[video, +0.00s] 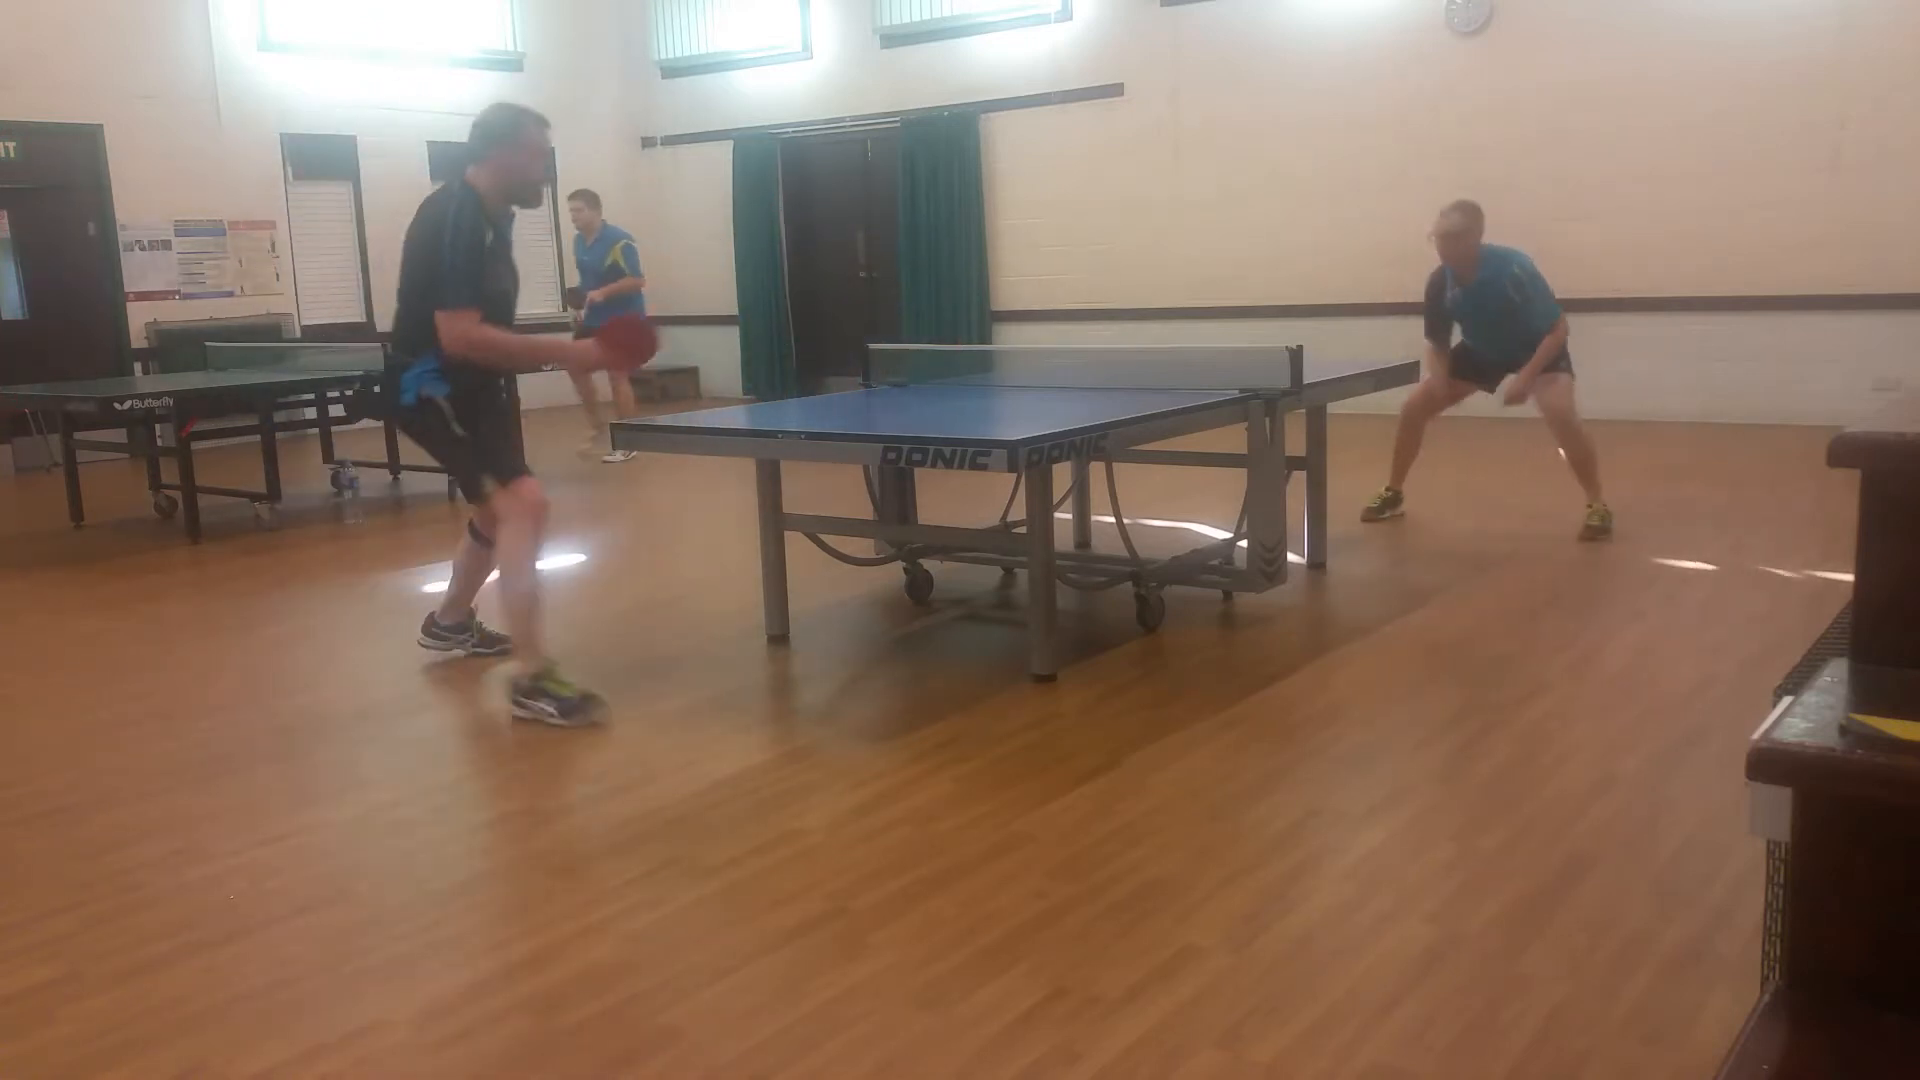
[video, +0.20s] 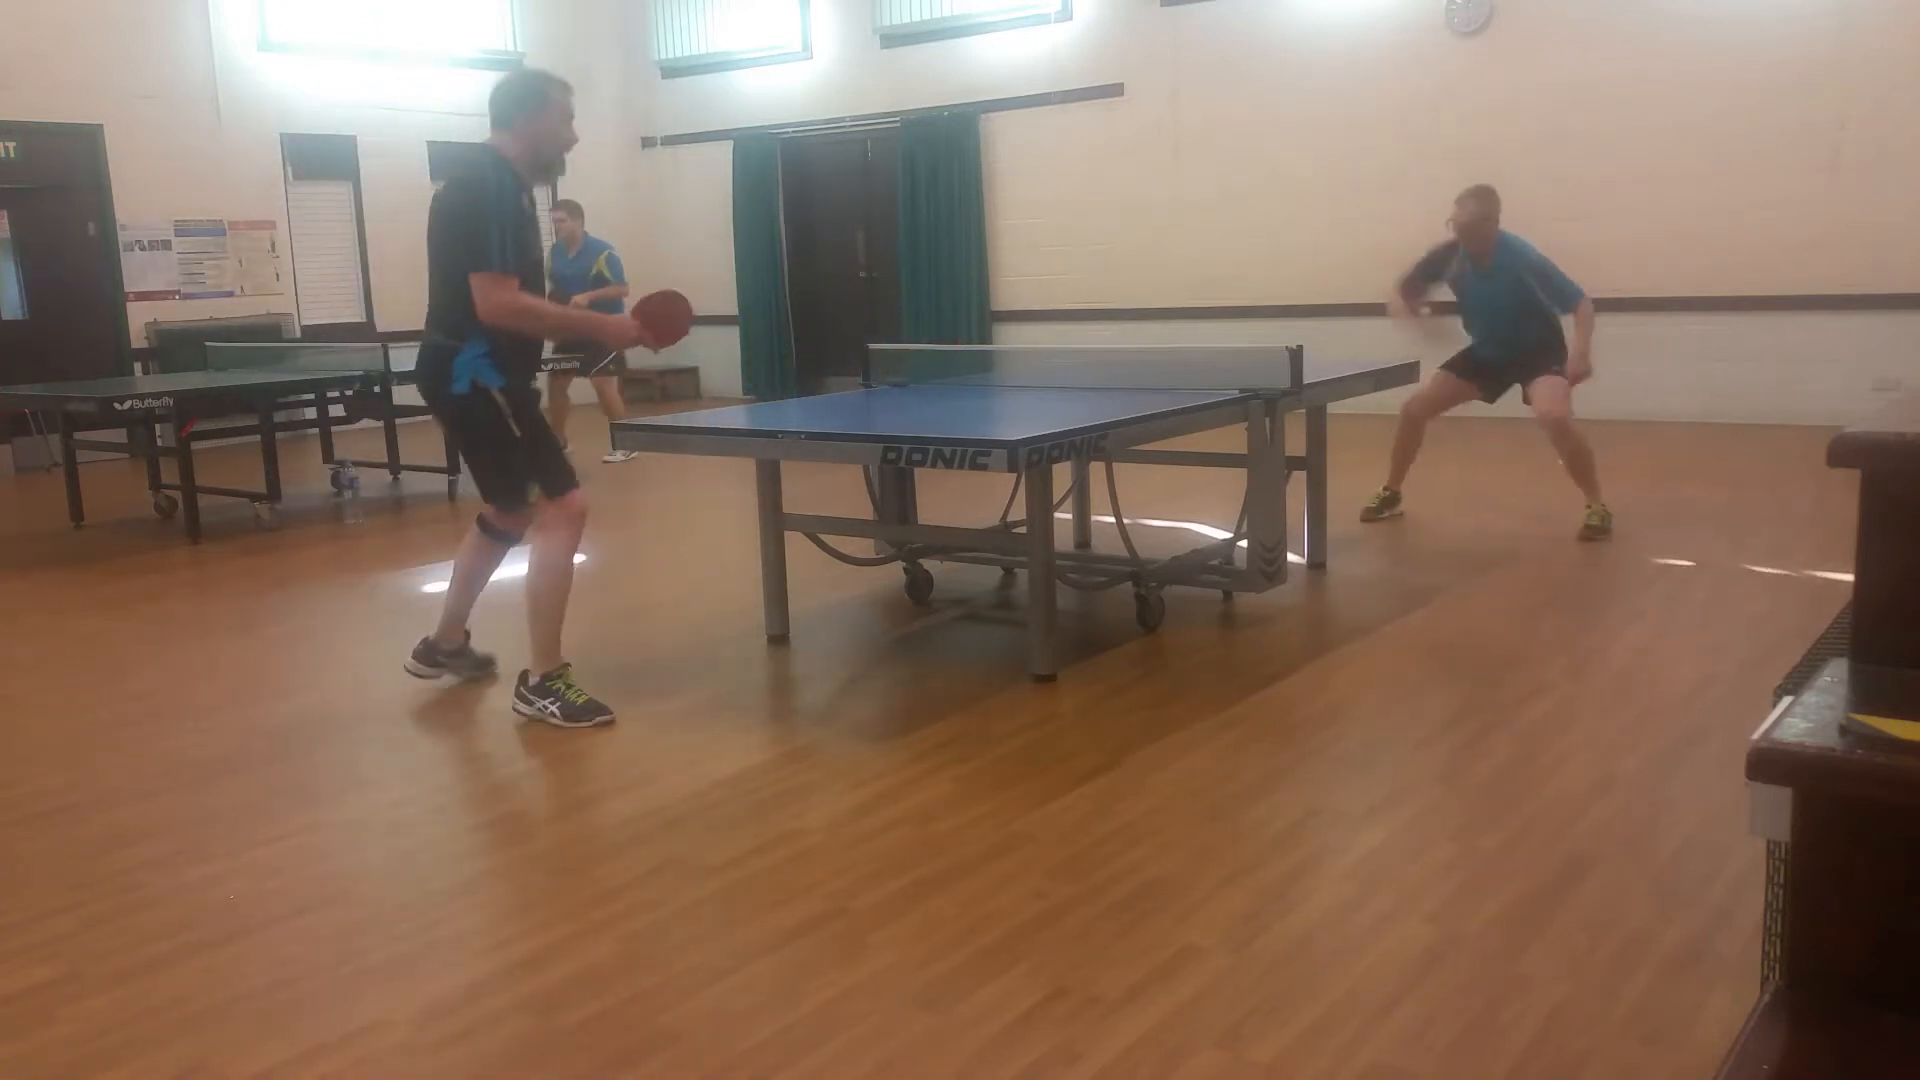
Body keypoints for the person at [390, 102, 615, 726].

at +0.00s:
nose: (548, 170)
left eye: (548, 157)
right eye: (541, 156)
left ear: (502, 157)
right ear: (499, 155)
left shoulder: (492, 218)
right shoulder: (455, 214)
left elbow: (490, 328)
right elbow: (458, 335)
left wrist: (567, 349)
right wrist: (570, 353)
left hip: (476, 378)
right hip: (429, 385)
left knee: (498, 513)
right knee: (522, 501)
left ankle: (450, 621)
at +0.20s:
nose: (574, 136)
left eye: (572, 122)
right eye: (565, 121)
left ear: (522, 125)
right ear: (523, 123)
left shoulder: (509, 188)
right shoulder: (485, 186)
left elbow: (521, 300)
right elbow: (495, 305)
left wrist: (600, 313)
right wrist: (603, 327)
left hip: (485, 370)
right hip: (473, 375)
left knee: (508, 511)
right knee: (563, 509)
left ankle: (444, 642)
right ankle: (543, 679)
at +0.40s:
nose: (592, 132)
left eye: (592, 117)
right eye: (585, 115)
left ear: (539, 112)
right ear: (542, 109)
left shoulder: (507, 167)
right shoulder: (505, 167)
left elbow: (515, 288)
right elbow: (503, 289)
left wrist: (597, 337)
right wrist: (598, 338)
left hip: (471, 361)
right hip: (484, 364)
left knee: (508, 515)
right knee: (573, 506)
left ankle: (441, 670)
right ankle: (568, 686)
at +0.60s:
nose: (626, 186)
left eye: (629, 172)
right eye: (624, 169)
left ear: (561, 155)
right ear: (587, 157)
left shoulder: (497, 193)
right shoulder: (557, 198)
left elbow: (425, 286)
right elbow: (584, 302)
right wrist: (602, 343)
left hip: (442, 388)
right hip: (492, 393)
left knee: (498, 534)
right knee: (598, 533)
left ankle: (447, 673)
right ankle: (570, 712)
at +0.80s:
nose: (633, 196)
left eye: (637, 184)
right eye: (632, 181)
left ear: (566, 160)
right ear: (603, 167)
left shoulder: (484, 191)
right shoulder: (597, 212)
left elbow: (368, 238)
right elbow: (662, 310)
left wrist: (312, 322)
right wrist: (678, 351)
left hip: (408, 382)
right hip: (484, 388)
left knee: (472, 520)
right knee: (589, 533)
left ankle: (452, 669)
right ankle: (570, 713)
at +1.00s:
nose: (595, 159)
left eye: (597, 146)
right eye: (593, 144)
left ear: (523, 128)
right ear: (568, 137)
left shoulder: (442, 162)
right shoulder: (560, 204)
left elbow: (322, 210)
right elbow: (567, 299)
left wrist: (248, 293)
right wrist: (583, 399)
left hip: (390, 382)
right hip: (475, 386)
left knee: (432, 537)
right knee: (561, 535)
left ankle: (371, 696)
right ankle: (569, 712)